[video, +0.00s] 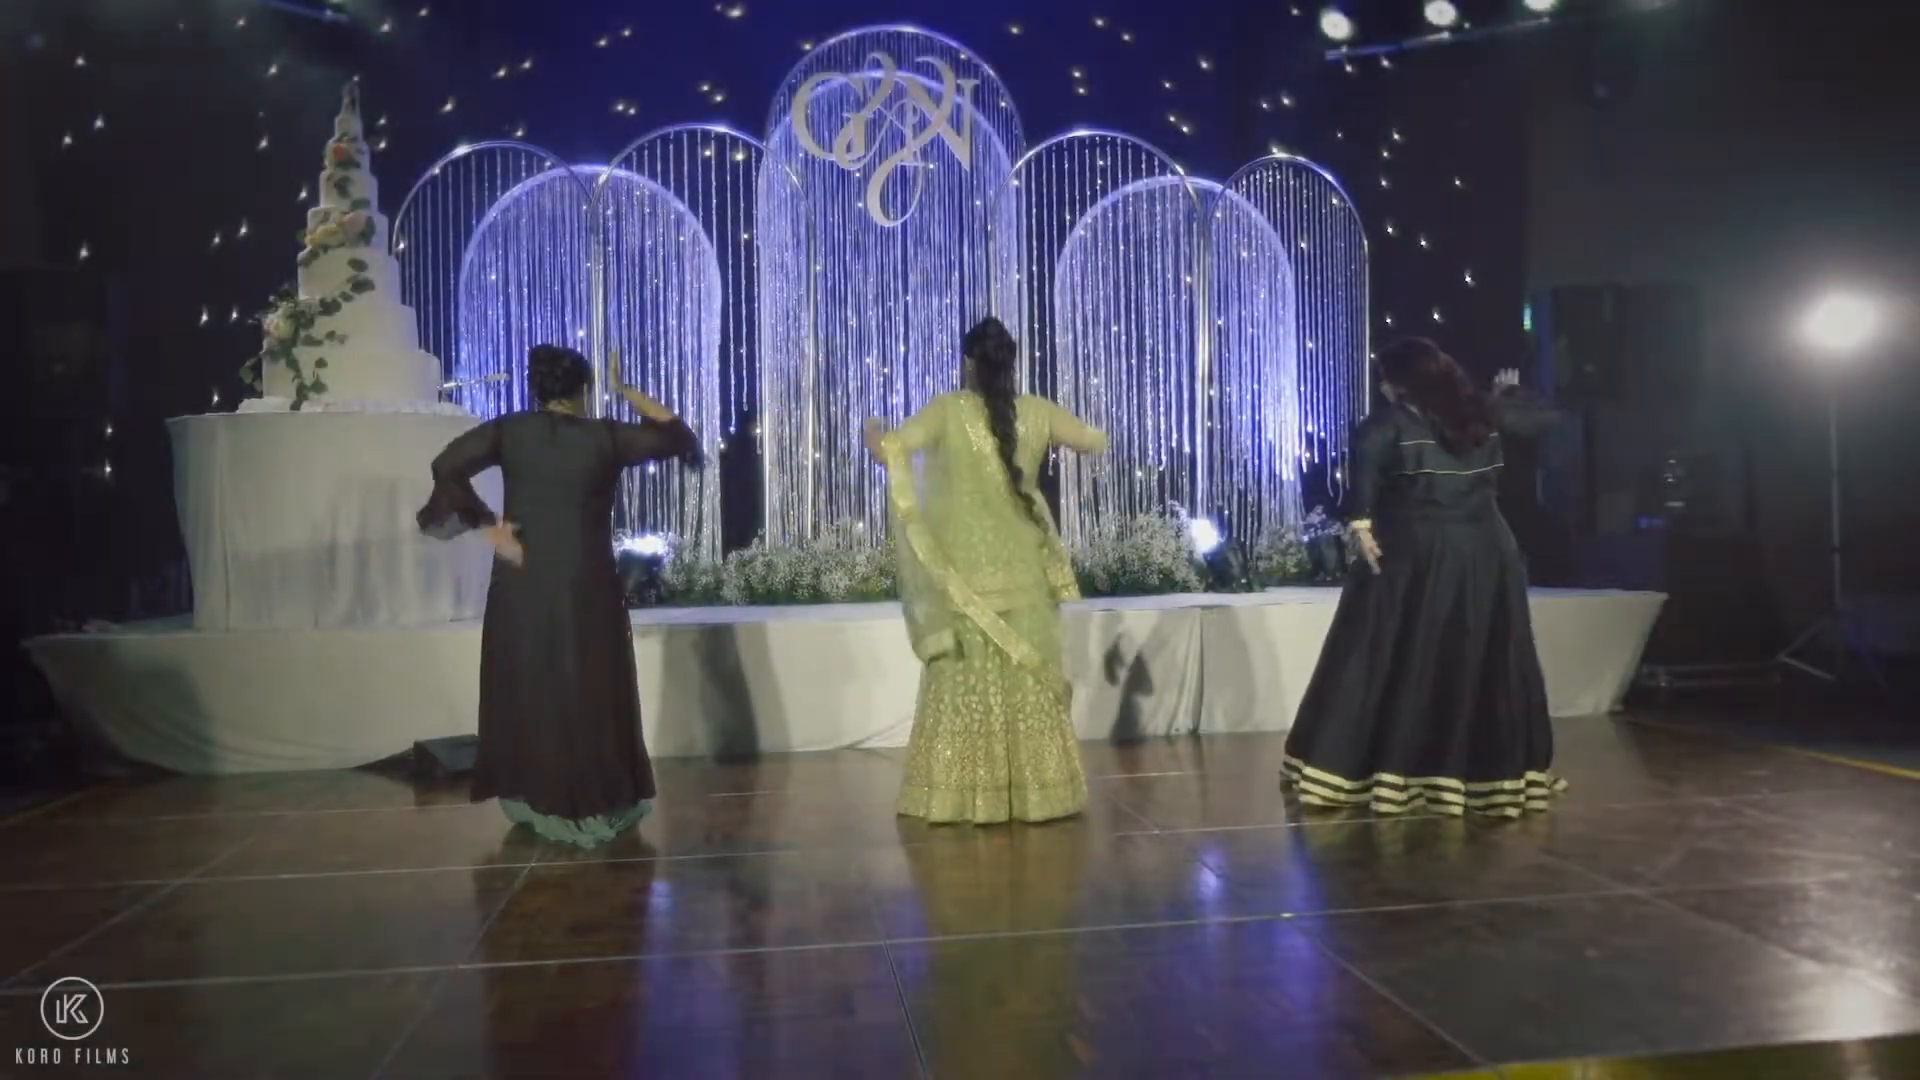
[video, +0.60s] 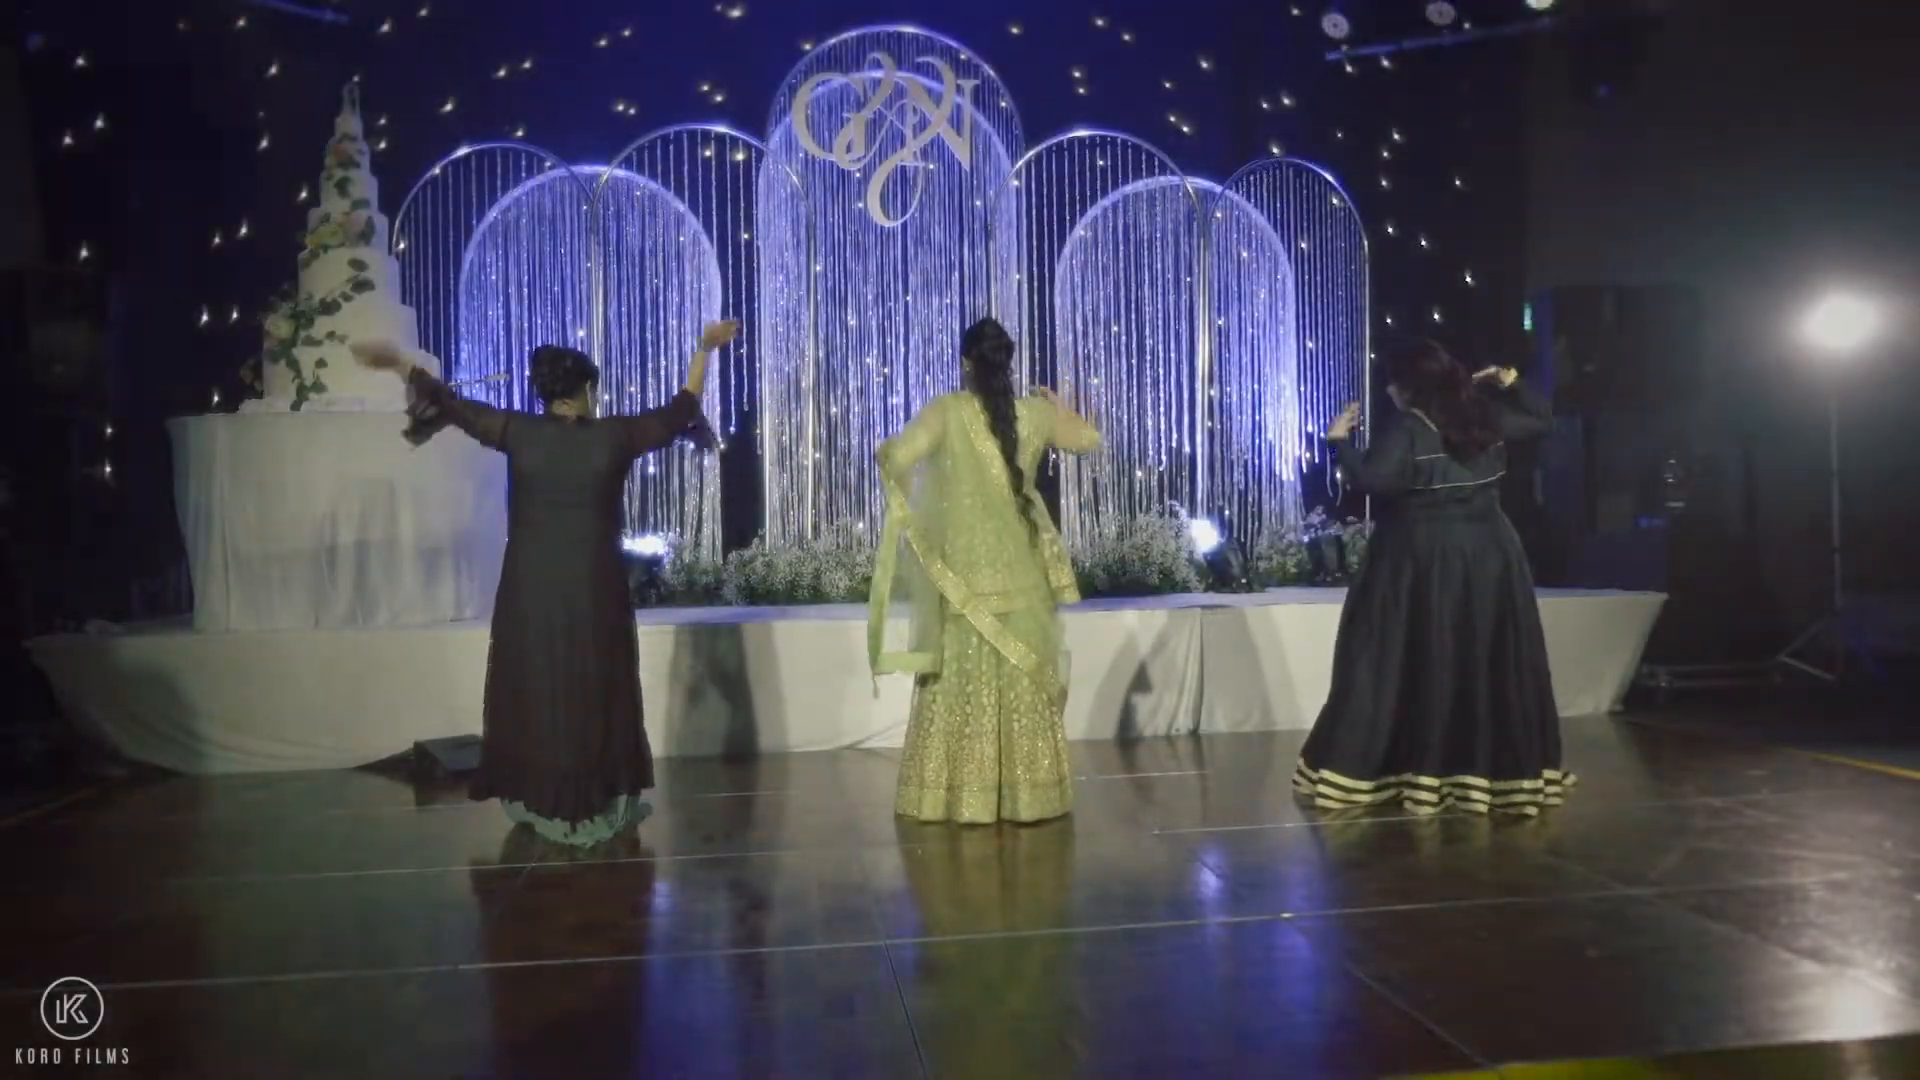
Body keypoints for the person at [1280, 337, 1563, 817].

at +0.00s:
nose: (1380, 390)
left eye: (1382, 382)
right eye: (1380, 382)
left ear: (1397, 384)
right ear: (1440, 373)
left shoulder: (1392, 423)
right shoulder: (1478, 415)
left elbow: (1368, 457)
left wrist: (1360, 518)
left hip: (1424, 551)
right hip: (1487, 547)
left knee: (1410, 661)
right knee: (1483, 660)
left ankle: (1405, 776)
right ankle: (1486, 777)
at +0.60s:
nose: (1388, 394)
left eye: (1392, 385)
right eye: (1389, 385)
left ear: (1406, 387)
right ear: (1448, 379)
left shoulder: (1407, 429)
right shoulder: (1485, 418)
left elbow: (1372, 477)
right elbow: (1539, 419)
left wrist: (1342, 444)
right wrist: (1511, 381)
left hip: (1425, 552)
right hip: (1489, 546)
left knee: (1419, 660)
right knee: (1487, 660)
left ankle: (1419, 777)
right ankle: (1493, 777)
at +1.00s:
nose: (1407, 387)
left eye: (1410, 379)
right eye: (1411, 379)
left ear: (1418, 383)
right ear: (1469, 374)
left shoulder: (1413, 424)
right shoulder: (1502, 409)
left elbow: (1348, 436)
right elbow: (1542, 373)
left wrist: (1326, 383)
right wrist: (1537, 310)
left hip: (1423, 546)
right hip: (1490, 544)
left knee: (1416, 661)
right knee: (1489, 663)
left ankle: (1415, 782)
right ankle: (1493, 782)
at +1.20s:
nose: (1413, 383)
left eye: (1417, 375)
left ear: (1425, 380)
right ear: (1476, 375)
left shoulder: (1416, 421)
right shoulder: (1503, 411)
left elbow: (1360, 380)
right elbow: (1505, 356)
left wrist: (1369, 316)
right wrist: (1473, 299)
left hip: (1430, 547)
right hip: (1496, 543)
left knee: (1426, 662)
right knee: (1495, 662)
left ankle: (1421, 783)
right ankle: (1497, 783)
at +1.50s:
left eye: (1435, 359)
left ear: (1430, 372)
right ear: (1486, 369)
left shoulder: (1414, 421)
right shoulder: (1508, 408)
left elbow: (1356, 410)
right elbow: (1510, 351)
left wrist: (1337, 359)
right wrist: (1476, 301)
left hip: (1431, 546)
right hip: (1499, 545)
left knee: (1422, 659)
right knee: (1495, 661)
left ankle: (1417, 782)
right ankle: (1495, 782)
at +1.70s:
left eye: (1426, 371)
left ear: (1429, 379)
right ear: (1481, 371)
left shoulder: (1418, 425)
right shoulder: (1507, 405)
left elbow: (1353, 437)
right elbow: (1516, 348)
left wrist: (1284, 430)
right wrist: (1515, 296)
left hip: (1433, 553)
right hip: (1501, 552)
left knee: (1420, 663)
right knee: (1496, 665)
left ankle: (1419, 779)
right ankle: (1495, 781)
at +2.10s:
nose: (1397, 401)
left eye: (1401, 393)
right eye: (1397, 393)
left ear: (1417, 392)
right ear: (1461, 379)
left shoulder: (1413, 438)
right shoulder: (1493, 410)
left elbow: (1374, 492)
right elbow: (1513, 344)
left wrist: (1311, 515)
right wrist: (1526, 281)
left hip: (1437, 565)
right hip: (1506, 558)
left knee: (1424, 667)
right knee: (1503, 667)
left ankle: (1425, 782)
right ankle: (1506, 780)